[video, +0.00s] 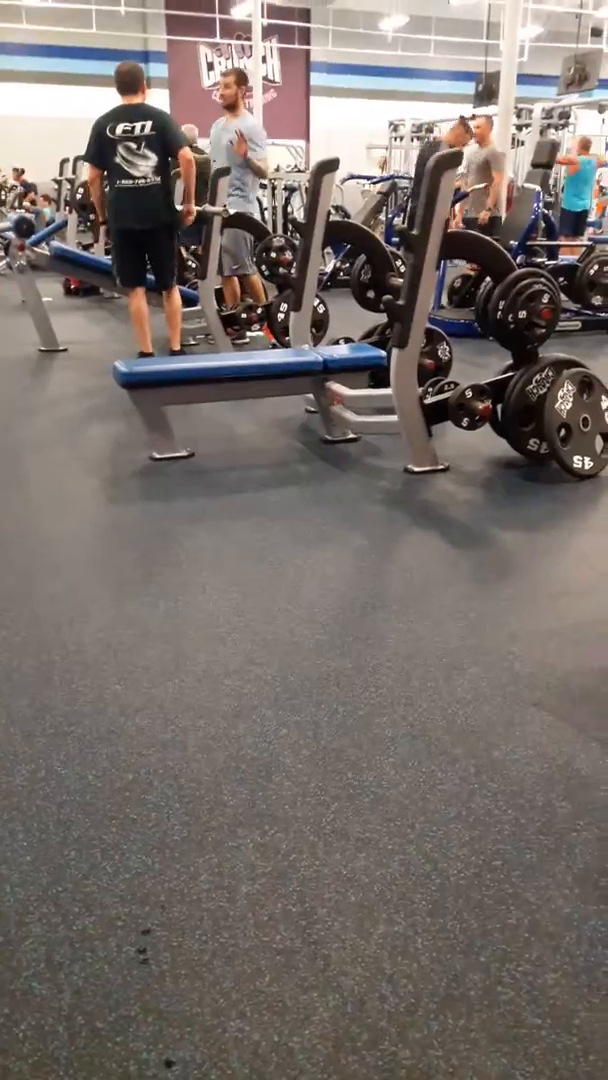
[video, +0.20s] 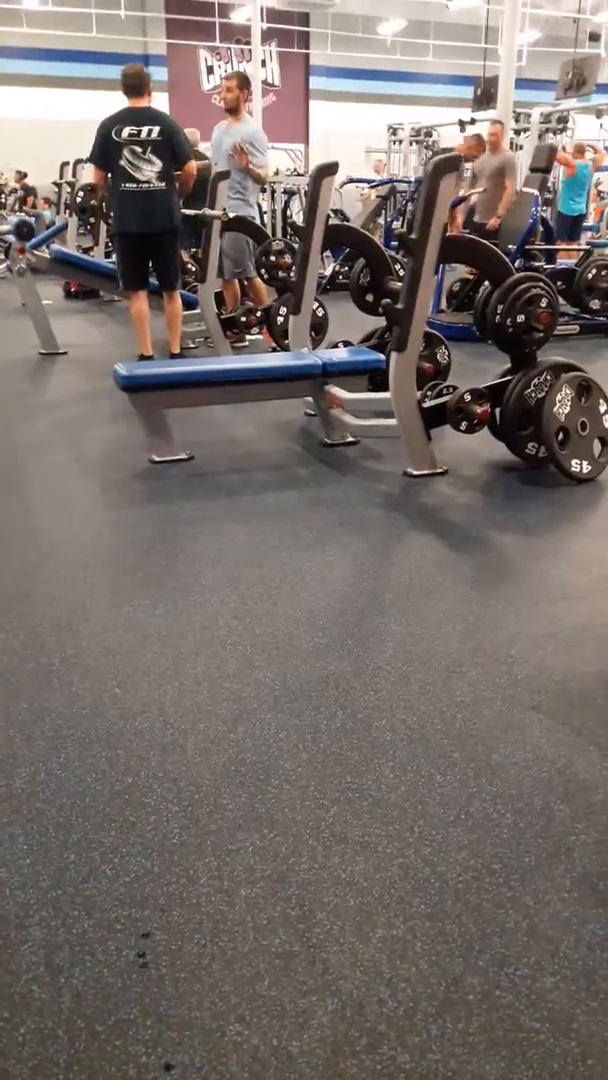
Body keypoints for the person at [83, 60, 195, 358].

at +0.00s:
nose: (146, 88)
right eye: (146, 84)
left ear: (116, 88)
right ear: (144, 86)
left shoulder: (103, 123)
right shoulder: (160, 118)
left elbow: (93, 177)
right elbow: (186, 157)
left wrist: (101, 214)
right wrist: (190, 200)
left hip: (122, 215)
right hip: (159, 212)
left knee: (134, 289)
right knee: (169, 286)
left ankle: (146, 352)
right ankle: (176, 348)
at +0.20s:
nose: (150, 91)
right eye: (150, 87)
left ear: (123, 90)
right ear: (149, 89)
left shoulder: (109, 125)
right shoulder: (167, 123)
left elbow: (98, 177)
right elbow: (190, 170)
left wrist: (113, 196)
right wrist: (179, 195)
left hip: (127, 216)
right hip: (163, 215)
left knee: (136, 291)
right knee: (171, 289)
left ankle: (146, 354)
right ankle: (175, 351)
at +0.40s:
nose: (152, 92)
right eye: (153, 88)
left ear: (126, 92)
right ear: (154, 91)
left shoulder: (112, 127)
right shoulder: (170, 126)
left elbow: (104, 178)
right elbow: (193, 175)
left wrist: (123, 184)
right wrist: (173, 189)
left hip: (129, 219)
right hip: (164, 219)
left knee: (135, 292)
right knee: (169, 292)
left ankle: (141, 354)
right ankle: (171, 352)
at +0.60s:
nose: (163, 92)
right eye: (162, 88)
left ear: (132, 92)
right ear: (161, 92)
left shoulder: (119, 129)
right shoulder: (175, 127)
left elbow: (108, 179)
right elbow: (198, 175)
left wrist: (129, 187)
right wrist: (177, 188)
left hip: (133, 219)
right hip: (169, 219)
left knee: (130, 286)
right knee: (172, 290)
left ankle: (137, 349)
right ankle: (171, 353)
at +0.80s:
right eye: (164, 93)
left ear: (135, 98)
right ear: (164, 96)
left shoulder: (124, 133)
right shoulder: (182, 132)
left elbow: (114, 184)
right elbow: (203, 178)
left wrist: (135, 193)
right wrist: (184, 191)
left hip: (139, 223)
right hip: (176, 224)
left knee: (134, 289)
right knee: (175, 291)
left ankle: (135, 354)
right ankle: (173, 356)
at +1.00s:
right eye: (159, 95)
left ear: (132, 103)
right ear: (159, 99)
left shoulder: (122, 138)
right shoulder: (178, 133)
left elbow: (116, 186)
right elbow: (201, 177)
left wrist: (126, 210)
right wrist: (181, 181)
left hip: (138, 226)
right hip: (175, 225)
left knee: (132, 293)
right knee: (173, 295)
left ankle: (132, 357)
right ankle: (171, 358)